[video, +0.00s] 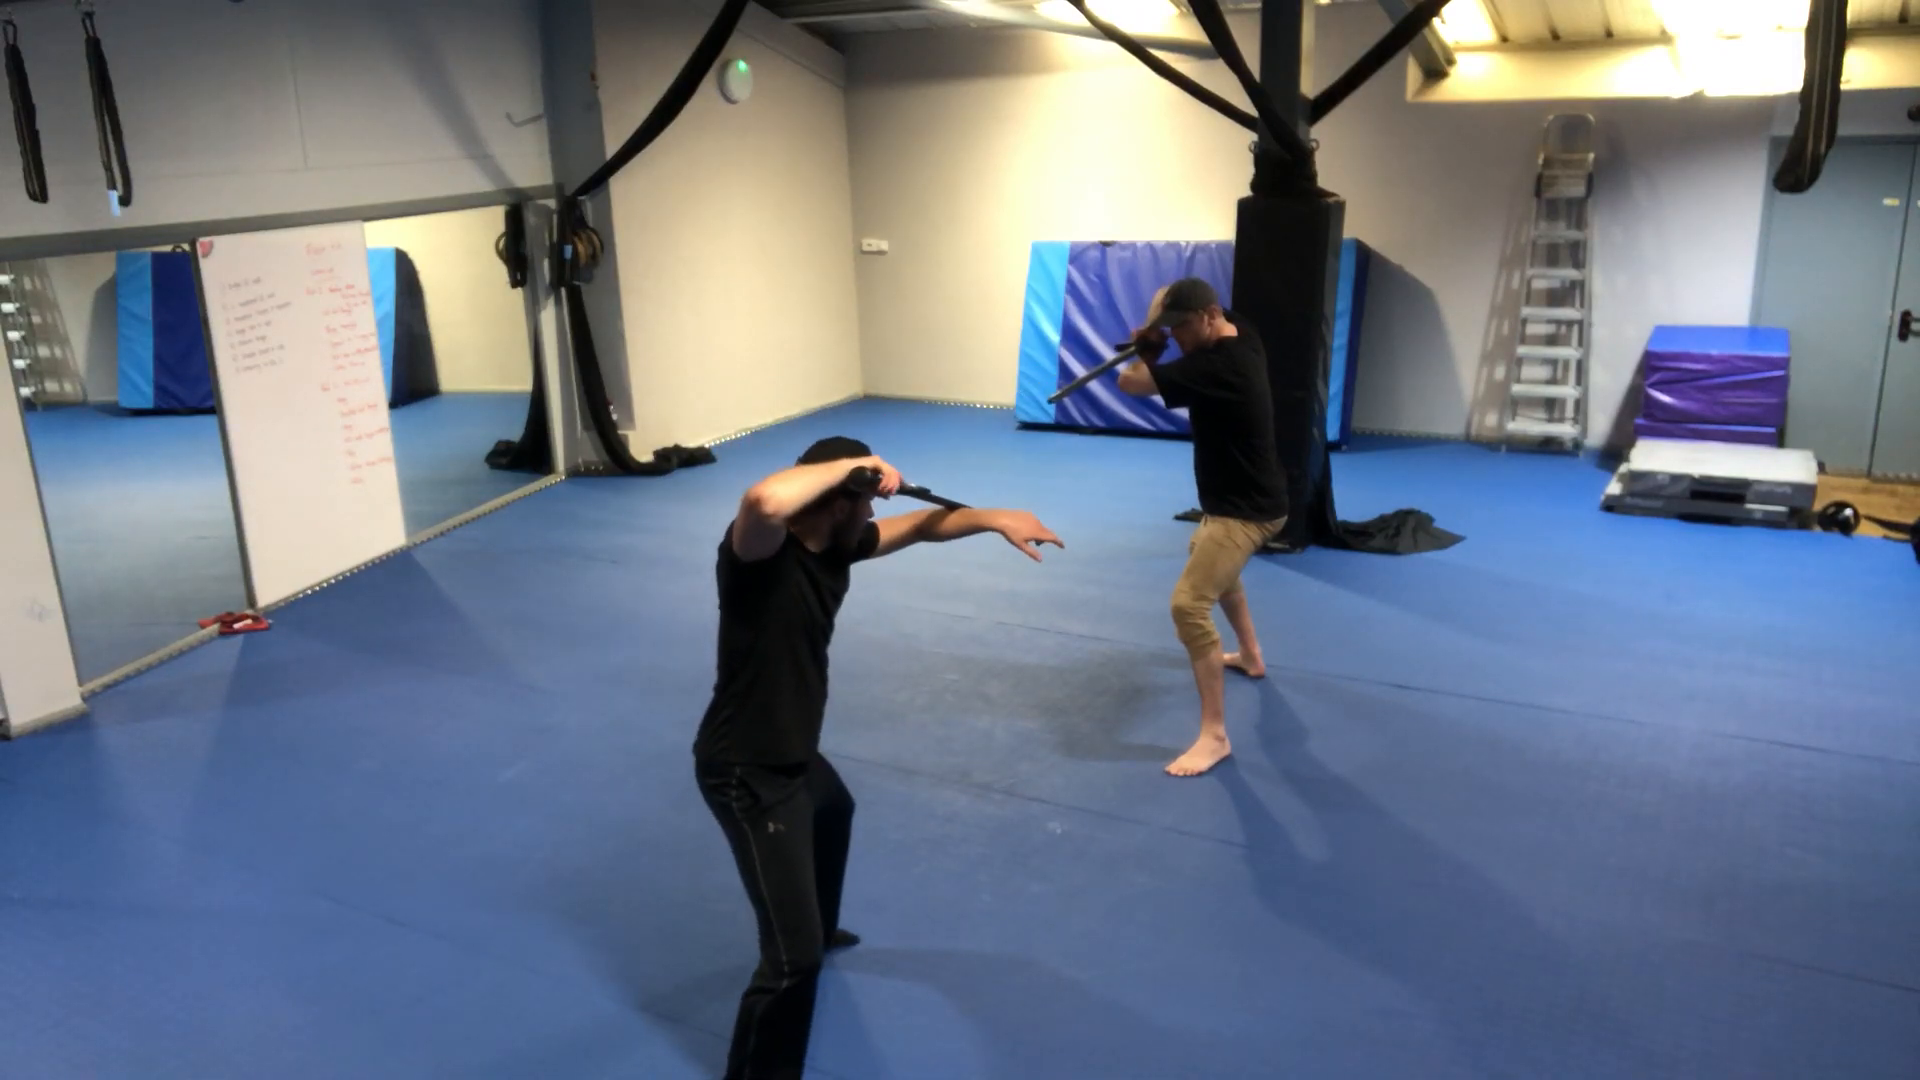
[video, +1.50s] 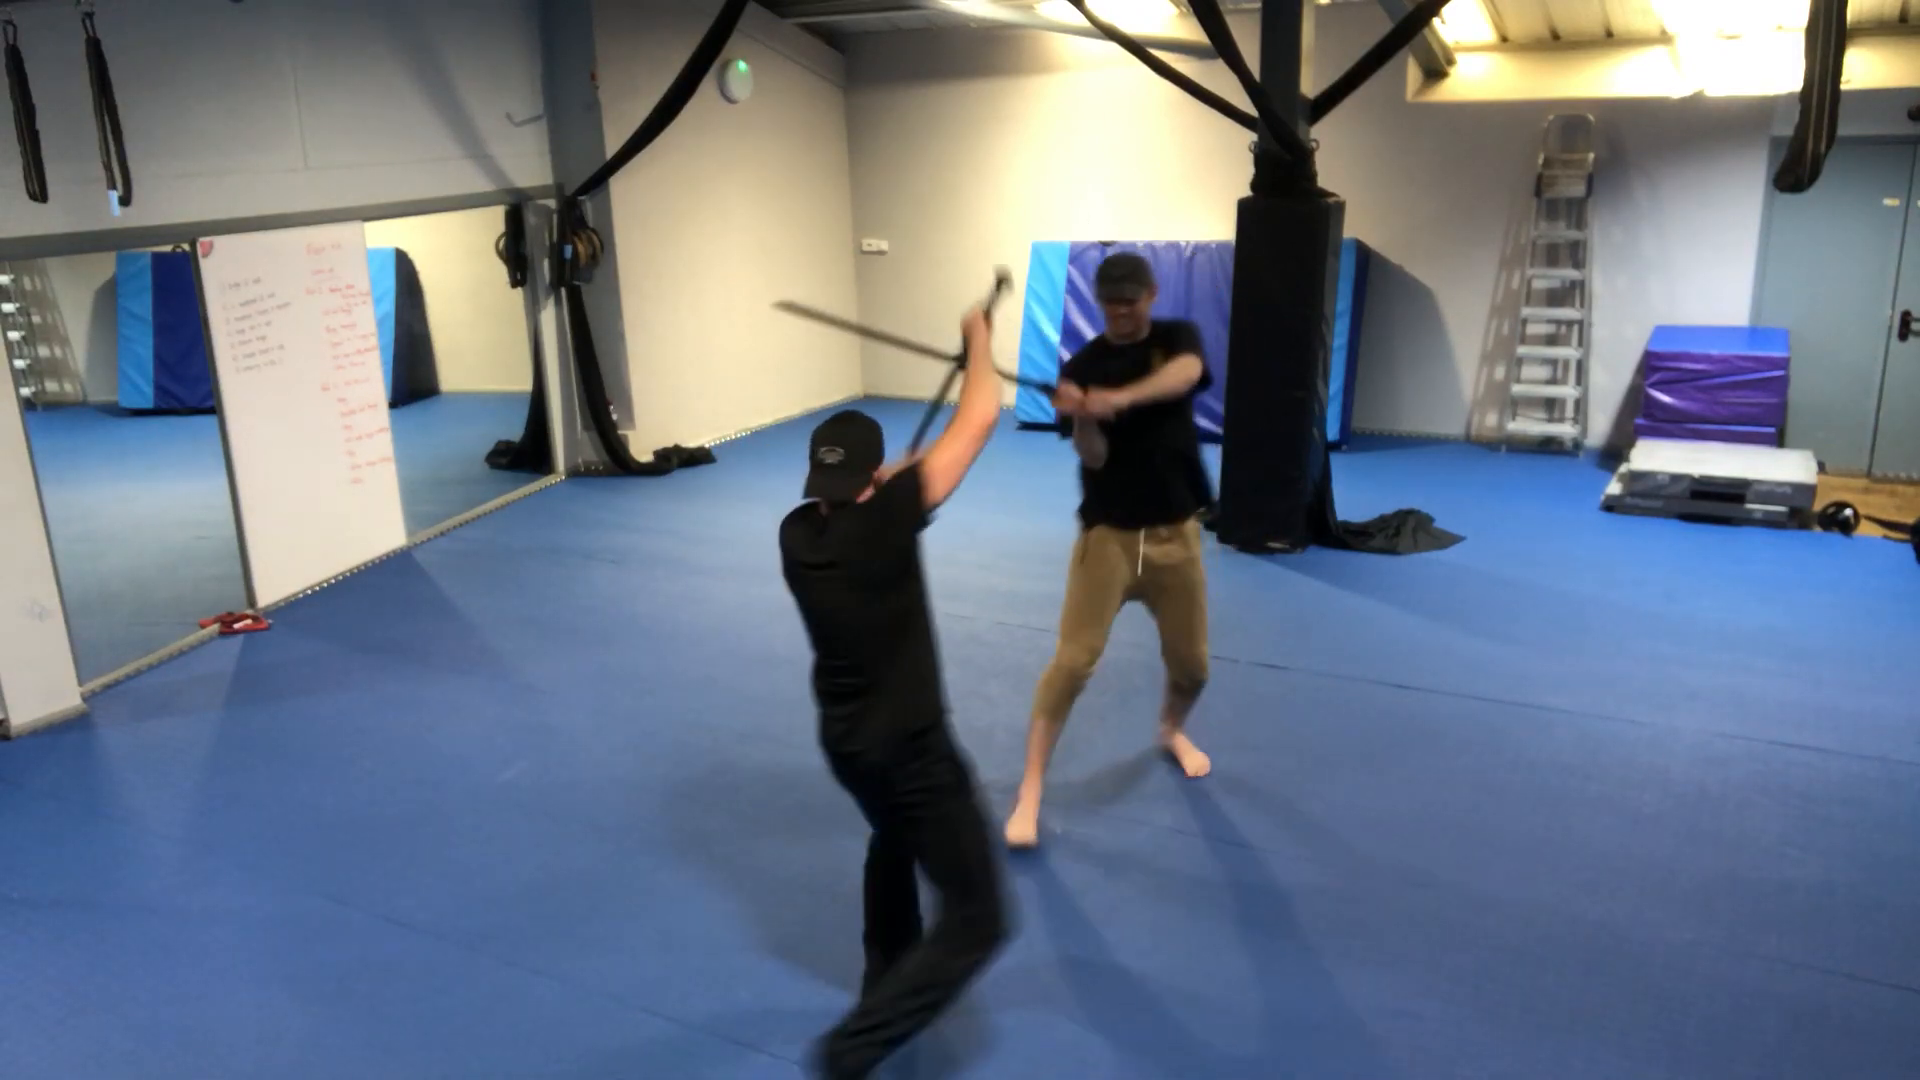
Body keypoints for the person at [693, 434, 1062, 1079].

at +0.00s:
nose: (871, 517)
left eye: (871, 503)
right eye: (863, 503)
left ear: (838, 505)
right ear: (830, 500)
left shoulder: (835, 550)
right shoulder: (758, 553)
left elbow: (921, 524)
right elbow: (763, 499)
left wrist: (996, 517)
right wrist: (847, 468)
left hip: (793, 755)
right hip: (744, 768)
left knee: (834, 811)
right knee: (793, 955)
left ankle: (815, 928)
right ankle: (756, 1075)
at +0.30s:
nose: (868, 517)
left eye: (868, 504)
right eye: (859, 504)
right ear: (824, 502)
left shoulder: (833, 546)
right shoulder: (754, 550)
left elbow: (918, 520)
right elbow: (767, 498)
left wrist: (989, 508)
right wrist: (855, 472)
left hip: (794, 753)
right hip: (744, 765)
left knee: (833, 810)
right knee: (792, 953)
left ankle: (814, 928)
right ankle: (755, 1075)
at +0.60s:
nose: (866, 514)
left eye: (867, 500)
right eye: (858, 500)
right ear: (823, 498)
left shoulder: (831, 542)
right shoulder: (750, 548)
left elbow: (916, 514)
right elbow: (767, 491)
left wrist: (986, 503)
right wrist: (858, 466)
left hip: (793, 748)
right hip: (744, 762)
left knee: (834, 809)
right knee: (782, 949)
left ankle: (813, 930)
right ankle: (751, 1074)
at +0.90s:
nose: (857, 508)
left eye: (860, 497)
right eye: (849, 497)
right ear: (817, 491)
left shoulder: (830, 538)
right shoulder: (745, 543)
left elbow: (915, 512)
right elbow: (759, 487)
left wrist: (987, 506)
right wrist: (849, 473)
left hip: (793, 748)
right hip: (744, 759)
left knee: (831, 813)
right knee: (779, 949)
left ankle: (811, 931)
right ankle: (751, 1074)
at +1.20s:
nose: (872, 498)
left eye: (874, 486)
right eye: (865, 485)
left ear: (864, 492)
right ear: (835, 484)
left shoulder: (846, 538)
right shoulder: (758, 543)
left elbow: (916, 535)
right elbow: (783, 491)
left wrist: (976, 526)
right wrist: (887, 465)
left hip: (816, 751)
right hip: (769, 761)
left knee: (847, 832)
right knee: (795, 959)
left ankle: (818, 934)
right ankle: (756, 1076)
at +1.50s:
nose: (885, 472)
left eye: (867, 467)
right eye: (880, 464)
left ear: (816, 477)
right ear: (872, 474)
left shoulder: (794, 535)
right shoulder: (888, 513)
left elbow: (865, 500)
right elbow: (979, 417)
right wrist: (979, 341)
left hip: (847, 742)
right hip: (910, 743)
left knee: (892, 838)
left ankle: (890, 987)